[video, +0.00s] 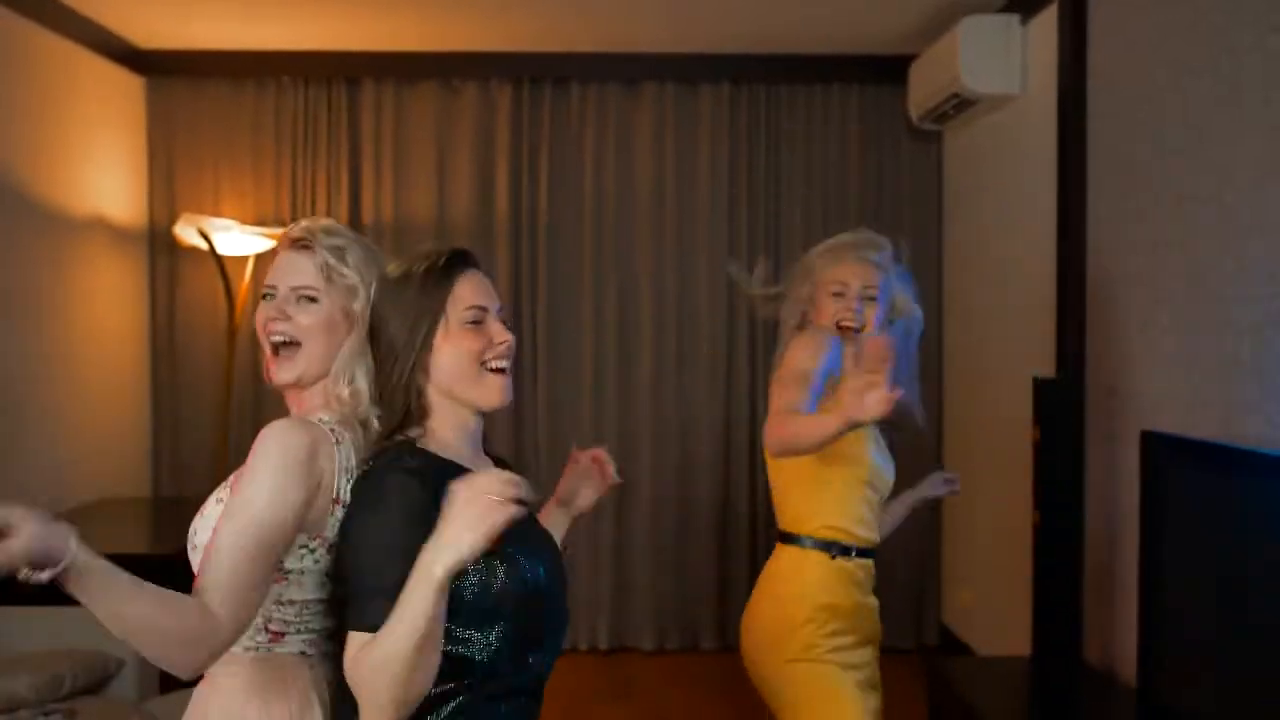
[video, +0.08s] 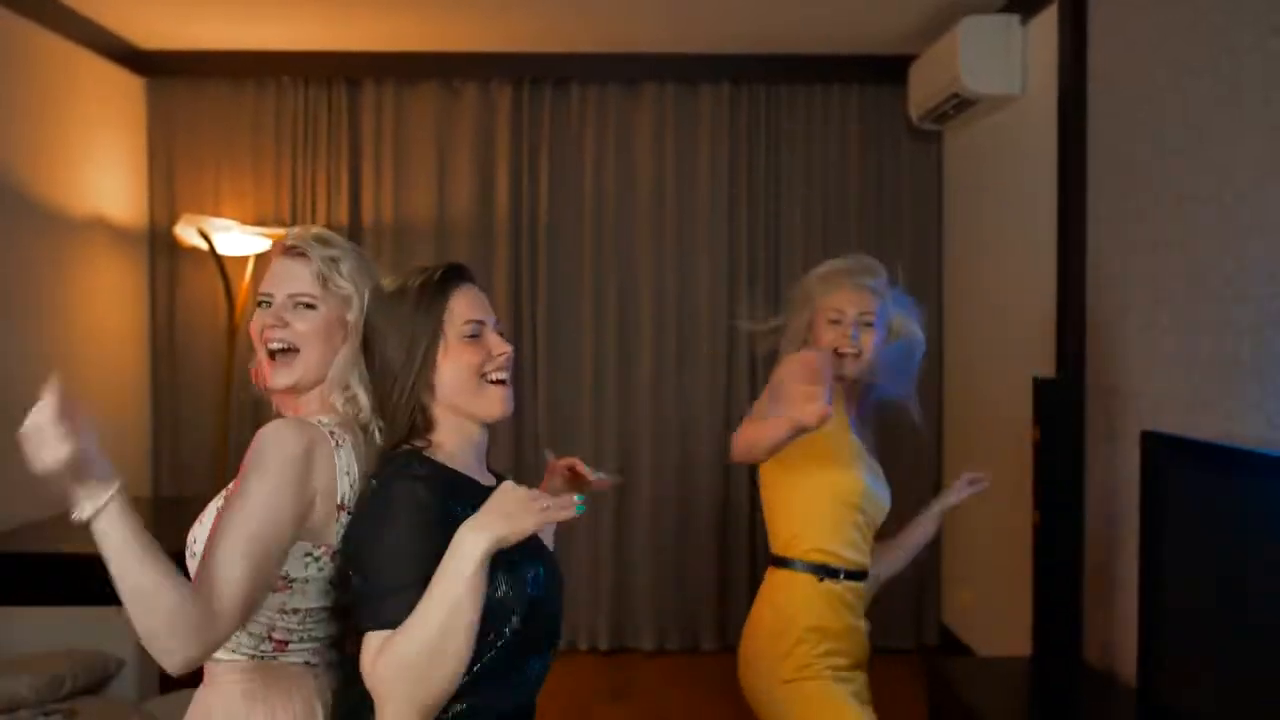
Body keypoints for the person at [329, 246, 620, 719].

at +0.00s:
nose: (505, 336)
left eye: (501, 319)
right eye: (475, 320)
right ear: (416, 346)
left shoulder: (496, 476)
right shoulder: (396, 486)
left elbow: (503, 603)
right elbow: (379, 701)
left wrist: (564, 510)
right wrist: (439, 556)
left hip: (507, 706)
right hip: (443, 710)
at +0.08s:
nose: (504, 347)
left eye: (497, 331)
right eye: (473, 333)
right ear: (416, 360)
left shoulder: (491, 489)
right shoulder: (402, 498)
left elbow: (502, 629)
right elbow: (400, 702)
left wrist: (546, 517)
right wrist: (475, 539)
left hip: (503, 706)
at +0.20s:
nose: (504, 330)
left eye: (493, 315)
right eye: (477, 315)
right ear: (418, 336)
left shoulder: (488, 466)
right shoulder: (401, 471)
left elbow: (521, 599)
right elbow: (475, 615)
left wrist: (561, 496)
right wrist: (532, 461)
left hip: (508, 704)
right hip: (434, 708)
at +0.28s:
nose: (500, 302)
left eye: (489, 285)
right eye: (473, 287)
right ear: (414, 309)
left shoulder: (479, 437)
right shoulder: (393, 440)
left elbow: (521, 545)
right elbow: (511, 555)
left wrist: (583, 449)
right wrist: (584, 417)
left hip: (503, 702)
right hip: (427, 705)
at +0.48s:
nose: (496, 301)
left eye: (484, 283)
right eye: (469, 285)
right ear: (410, 310)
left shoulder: (485, 427)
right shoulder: (408, 433)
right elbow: (563, 528)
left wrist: (612, 475)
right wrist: (607, 423)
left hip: (519, 700)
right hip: (449, 702)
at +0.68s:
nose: (500, 324)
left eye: (487, 306)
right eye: (472, 308)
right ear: (416, 332)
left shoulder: (493, 454)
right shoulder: (417, 473)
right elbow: (557, 597)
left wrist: (627, 476)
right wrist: (615, 471)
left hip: (533, 701)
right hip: (466, 706)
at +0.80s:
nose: (505, 336)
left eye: (493, 319)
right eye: (477, 321)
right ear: (420, 344)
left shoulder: (496, 465)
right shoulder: (420, 483)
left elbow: (601, 524)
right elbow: (565, 599)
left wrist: (685, 498)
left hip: (536, 704)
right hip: (468, 708)